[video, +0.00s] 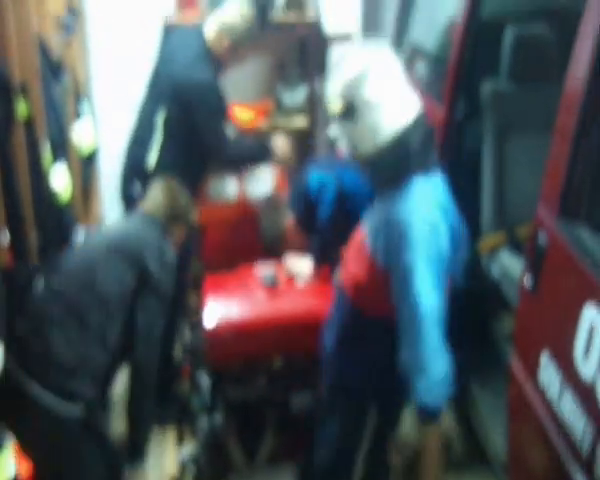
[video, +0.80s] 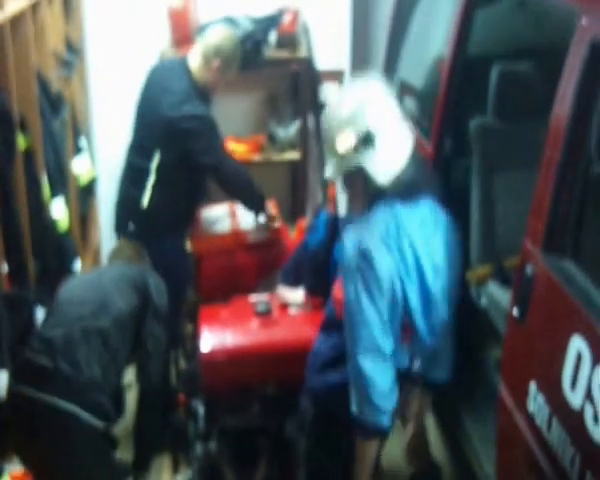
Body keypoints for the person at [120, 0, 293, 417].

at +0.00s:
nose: (241, 55)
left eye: (244, 46)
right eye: (241, 46)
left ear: (214, 26)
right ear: (226, 38)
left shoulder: (180, 42)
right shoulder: (198, 78)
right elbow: (218, 150)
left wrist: (242, 131)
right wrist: (267, 147)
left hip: (144, 183)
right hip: (167, 196)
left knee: (155, 291)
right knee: (170, 298)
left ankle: (155, 387)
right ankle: (161, 397)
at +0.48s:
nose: (239, 91)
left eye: (244, 81)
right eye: (240, 81)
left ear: (212, 55)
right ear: (224, 71)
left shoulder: (176, 74)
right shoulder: (192, 128)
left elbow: (177, 141)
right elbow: (199, 207)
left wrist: (212, 161)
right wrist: (251, 205)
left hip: (143, 224)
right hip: (163, 242)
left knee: (154, 334)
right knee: (165, 346)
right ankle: (152, 448)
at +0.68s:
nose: (229, 87)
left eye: (232, 79)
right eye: (230, 78)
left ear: (207, 56)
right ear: (218, 69)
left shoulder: (171, 71)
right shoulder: (189, 122)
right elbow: (212, 180)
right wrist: (258, 207)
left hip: (139, 213)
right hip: (160, 229)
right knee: (171, 318)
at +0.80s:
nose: (224, 82)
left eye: (227, 75)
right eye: (226, 75)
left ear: (199, 49)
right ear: (216, 65)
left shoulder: (166, 72)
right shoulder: (190, 112)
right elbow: (220, 166)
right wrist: (260, 203)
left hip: (136, 211)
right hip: (158, 224)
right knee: (171, 302)